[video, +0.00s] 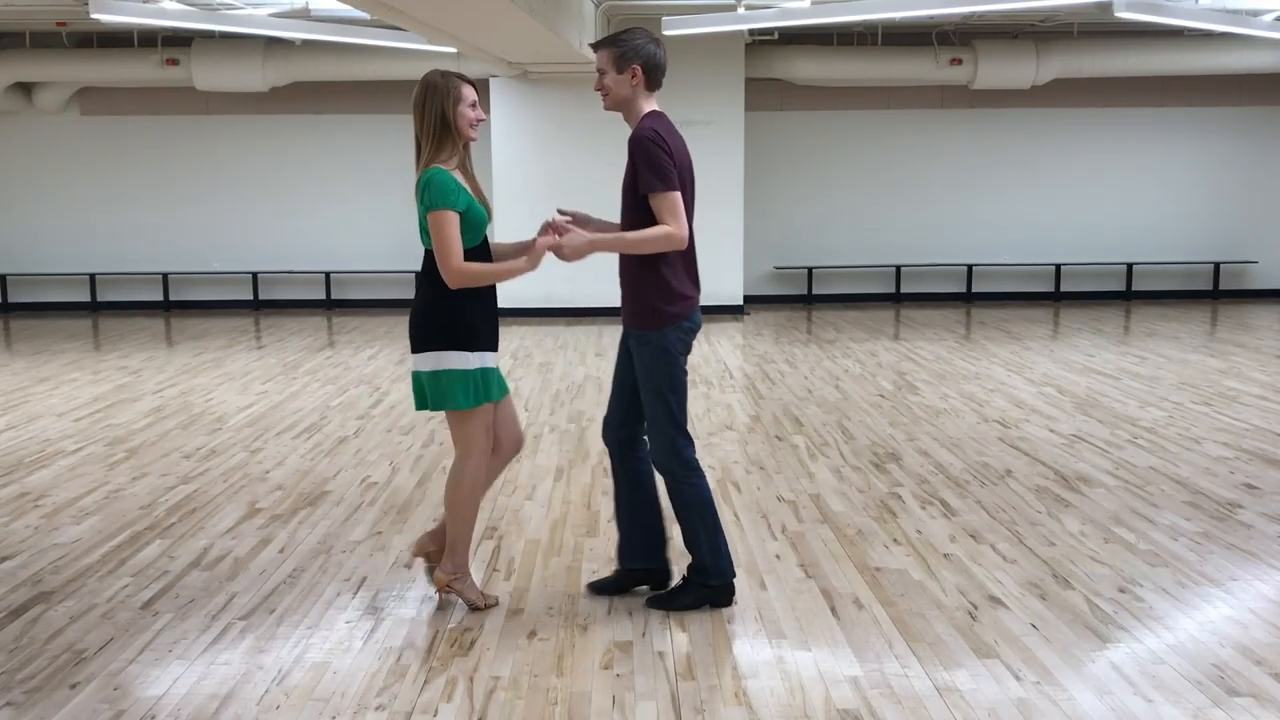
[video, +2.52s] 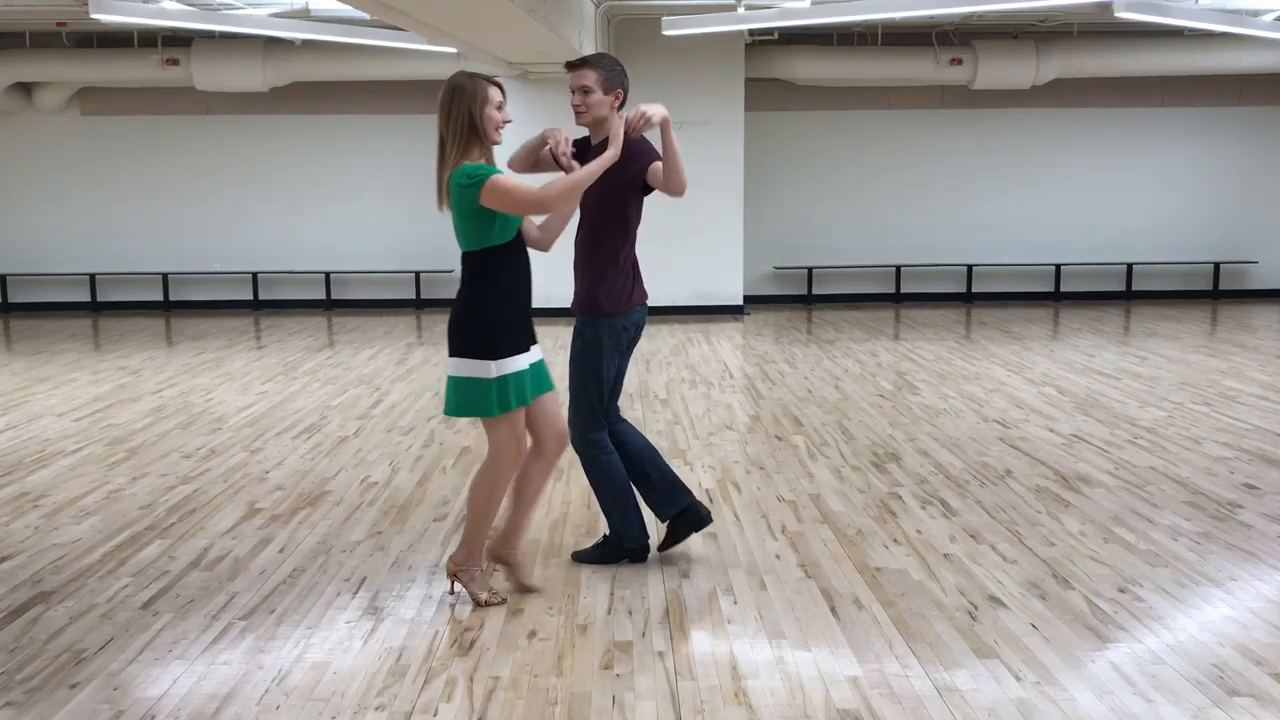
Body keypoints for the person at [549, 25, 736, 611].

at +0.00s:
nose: (596, 86)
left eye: (602, 75)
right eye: (596, 76)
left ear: (636, 76)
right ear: (636, 78)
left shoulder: (649, 136)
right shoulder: (654, 134)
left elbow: (675, 233)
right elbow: (651, 230)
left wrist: (594, 243)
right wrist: (591, 226)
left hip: (663, 318)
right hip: (648, 317)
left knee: (666, 444)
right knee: (622, 432)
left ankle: (714, 576)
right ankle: (644, 564)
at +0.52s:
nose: (619, 84)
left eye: (627, 74)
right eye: (619, 74)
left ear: (658, 76)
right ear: (659, 78)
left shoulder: (679, 141)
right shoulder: (677, 136)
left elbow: (708, 238)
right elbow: (691, 227)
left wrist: (630, 258)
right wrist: (634, 233)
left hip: (695, 318)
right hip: (702, 314)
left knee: (685, 445)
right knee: (710, 436)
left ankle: (715, 573)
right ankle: (771, 556)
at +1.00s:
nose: (586, 82)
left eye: (593, 72)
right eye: (587, 72)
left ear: (624, 74)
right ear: (624, 76)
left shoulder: (638, 137)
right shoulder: (643, 132)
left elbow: (655, 235)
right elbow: (645, 219)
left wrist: (582, 206)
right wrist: (589, 213)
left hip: (648, 319)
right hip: (631, 317)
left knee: (656, 443)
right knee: (616, 437)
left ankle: (710, 569)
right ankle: (635, 565)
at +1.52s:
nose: (542, 81)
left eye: (549, 72)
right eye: (542, 72)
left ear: (579, 75)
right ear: (583, 76)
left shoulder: (595, 139)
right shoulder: (603, 135)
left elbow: (601, 237)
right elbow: (593, 237)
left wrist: (523, 243)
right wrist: (520, 243)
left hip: (587, 319)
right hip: (603, 315)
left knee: (549, 444)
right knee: (588, 436)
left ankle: (559, 584)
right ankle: (632, 563)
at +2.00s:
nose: (560, 92)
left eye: (567, 82)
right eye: (559, 82)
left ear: (602, 83)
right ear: (596, 86)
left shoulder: (620, 138)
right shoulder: (614, 137)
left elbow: (652, 222)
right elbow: (605, 216)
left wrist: (575, 207)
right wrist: (547, 202)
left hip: (613, 314)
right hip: (639, 311)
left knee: (561, 423)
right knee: (630, 427)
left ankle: (597, 551)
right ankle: (677, 556)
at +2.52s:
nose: (575, 101)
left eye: (584, 92)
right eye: (572, 92)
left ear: (615, 96)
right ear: (575, 98)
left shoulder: (631, 147)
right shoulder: (583, 147)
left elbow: (675, 185)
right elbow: (519, 165)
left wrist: (665, 126)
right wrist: (544, 137)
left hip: (611, 309)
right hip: (603, 306)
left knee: (587, 427)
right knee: (601, 418)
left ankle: (628, 537)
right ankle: (682, 509)